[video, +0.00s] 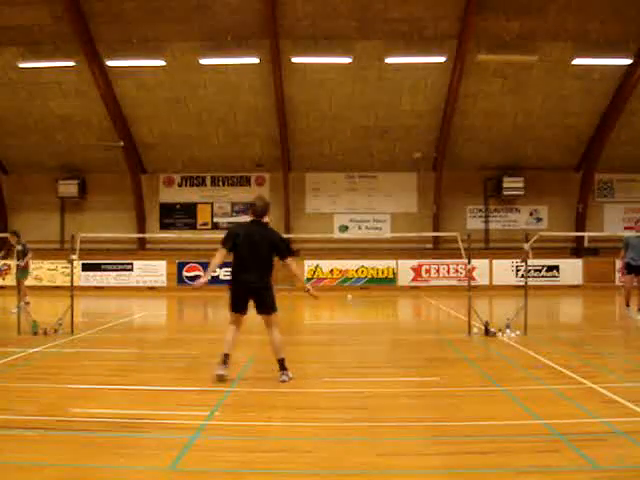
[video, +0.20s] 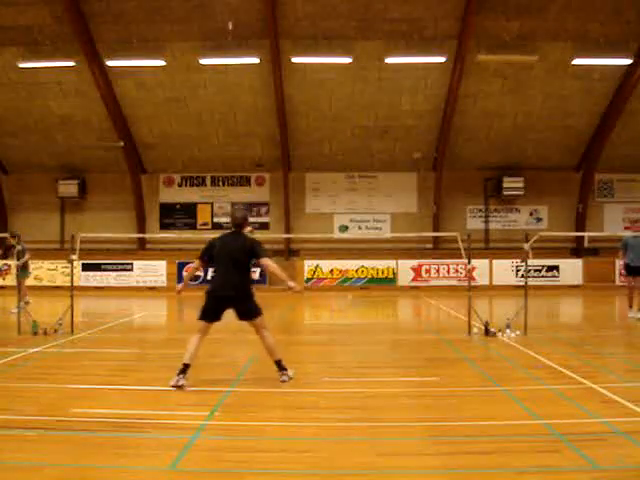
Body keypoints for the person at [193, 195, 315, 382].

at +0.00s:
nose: (267, 215)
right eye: (268, 213)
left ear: (250, 212)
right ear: (267, 214)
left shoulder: (236, 231)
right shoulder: (273, 235)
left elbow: (220, 254)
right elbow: (290, 263)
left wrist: (207, 275)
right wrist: (305, 285)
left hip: (239, 285)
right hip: (262, 286)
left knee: (234, 323)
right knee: (272, 326)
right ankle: (283, 369)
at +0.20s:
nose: (248, 226)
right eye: (248, 223)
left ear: (231, 224)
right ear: (246, 224)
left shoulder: (217, 242)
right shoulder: (250, 243)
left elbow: (196, 266)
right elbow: (267, 264)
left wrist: (184, 283)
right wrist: (288, 281)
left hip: (217, 292)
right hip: (242, 293)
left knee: (200, 332)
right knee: (261, 330)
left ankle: (182, 374)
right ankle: (282, 370)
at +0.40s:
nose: (234, 231)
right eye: (233, 228)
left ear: (215, 230)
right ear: (231, 230)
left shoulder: (204, 247)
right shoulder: (234, 248)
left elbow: (182, 270)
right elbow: (247, 272)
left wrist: (181, 288)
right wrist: (260, 290)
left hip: (199, 289)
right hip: (224, 290)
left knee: (179, 325)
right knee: (247, 329)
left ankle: (170, 363)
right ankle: (267, 370)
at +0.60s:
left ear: (197, 255)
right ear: (213, 256)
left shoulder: (186, 272)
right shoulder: (218, 275)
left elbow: (168, 298)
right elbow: (239, 301)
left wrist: (160, 318)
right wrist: (239, 319)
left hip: (184, 310)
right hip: (208, 312)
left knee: (158, 336)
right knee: (237, 338)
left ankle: (141, 374)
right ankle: (254, 377)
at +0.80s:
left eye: (193, 255)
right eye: (206, 256)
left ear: (190, 257)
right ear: (207, 258)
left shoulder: (180, 275)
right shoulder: (213, 276)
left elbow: (161, 298)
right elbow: (235, 303)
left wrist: (145, 317)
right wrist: (231, 318)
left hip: (181, 312)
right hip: (207, 312)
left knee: (158, 337)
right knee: (234, 339)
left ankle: (141, 376)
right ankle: (254, 377)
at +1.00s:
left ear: (192, 248)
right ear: (208, 248)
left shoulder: (182, 265)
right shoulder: (215, 267)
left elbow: (158, 289)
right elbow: (238, 293)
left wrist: (149, 303)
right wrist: (234, 308)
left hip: (186, 303)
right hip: (212, 304)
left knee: (162, 333)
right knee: (238, 334)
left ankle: (144, 374)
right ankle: (261, 372)